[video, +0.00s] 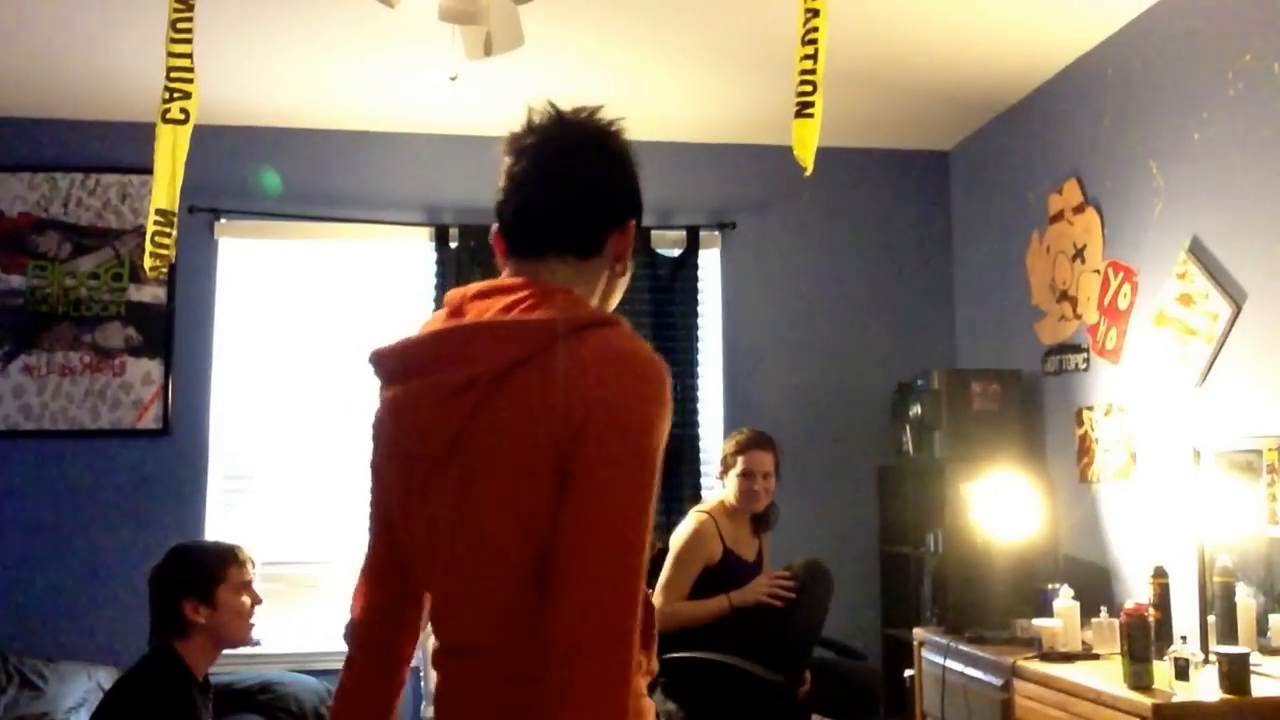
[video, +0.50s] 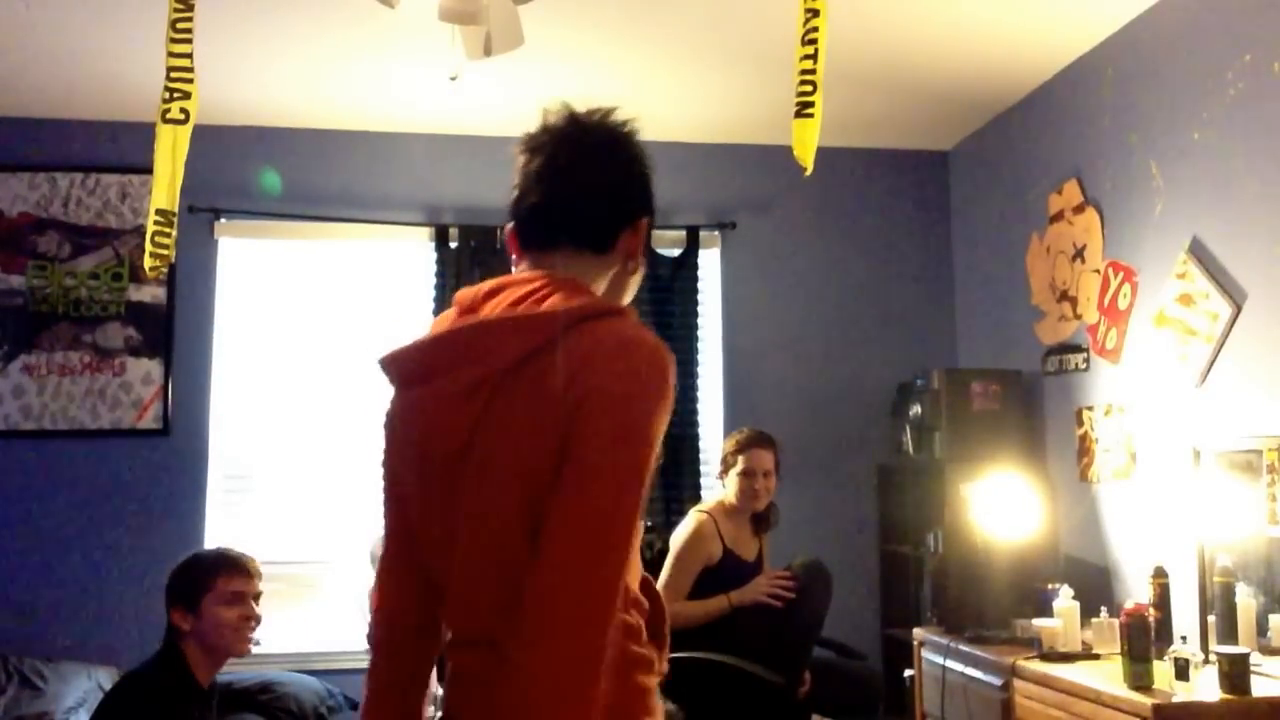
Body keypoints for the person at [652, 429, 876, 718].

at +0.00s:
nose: (757, 486)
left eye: (766, 477)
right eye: (746, 475)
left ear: (775, 481)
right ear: (724, 477)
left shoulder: (756, 526)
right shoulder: (700, 527)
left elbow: (764, 605)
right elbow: (660, 616)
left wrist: (796, 666)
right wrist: (738, 597)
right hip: (695, 662)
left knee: (861, 680)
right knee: (812, 576)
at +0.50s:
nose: (757, 485)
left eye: (766, 476)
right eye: (746, 475)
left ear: (776, 480)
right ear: (724, 476)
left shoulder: (754, 526)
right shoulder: (701, 526)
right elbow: (661, 613)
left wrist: (796, 665)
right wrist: (739, 597)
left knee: (861, 680)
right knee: (811, 575)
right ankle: (788, 701)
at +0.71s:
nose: (758, 484)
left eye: (766, 475)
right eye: (747, 474)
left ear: (776, 481)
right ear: (724, 476)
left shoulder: (755, 528)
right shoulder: (706, 527)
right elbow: (696, 604)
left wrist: (797, 665)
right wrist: (741, 595)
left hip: (755, 635)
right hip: (726, 643)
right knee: (812, 576)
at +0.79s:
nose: (758, 484)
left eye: (767, 474)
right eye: (747, 474)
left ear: (776, 480)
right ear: (725, 475)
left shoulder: (753, 524)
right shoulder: (700, 527)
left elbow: (765, 598)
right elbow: (674, 612)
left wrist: (796, 664)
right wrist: (738, 597)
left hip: (752, 641)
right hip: (715, 650)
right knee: (812, 574)